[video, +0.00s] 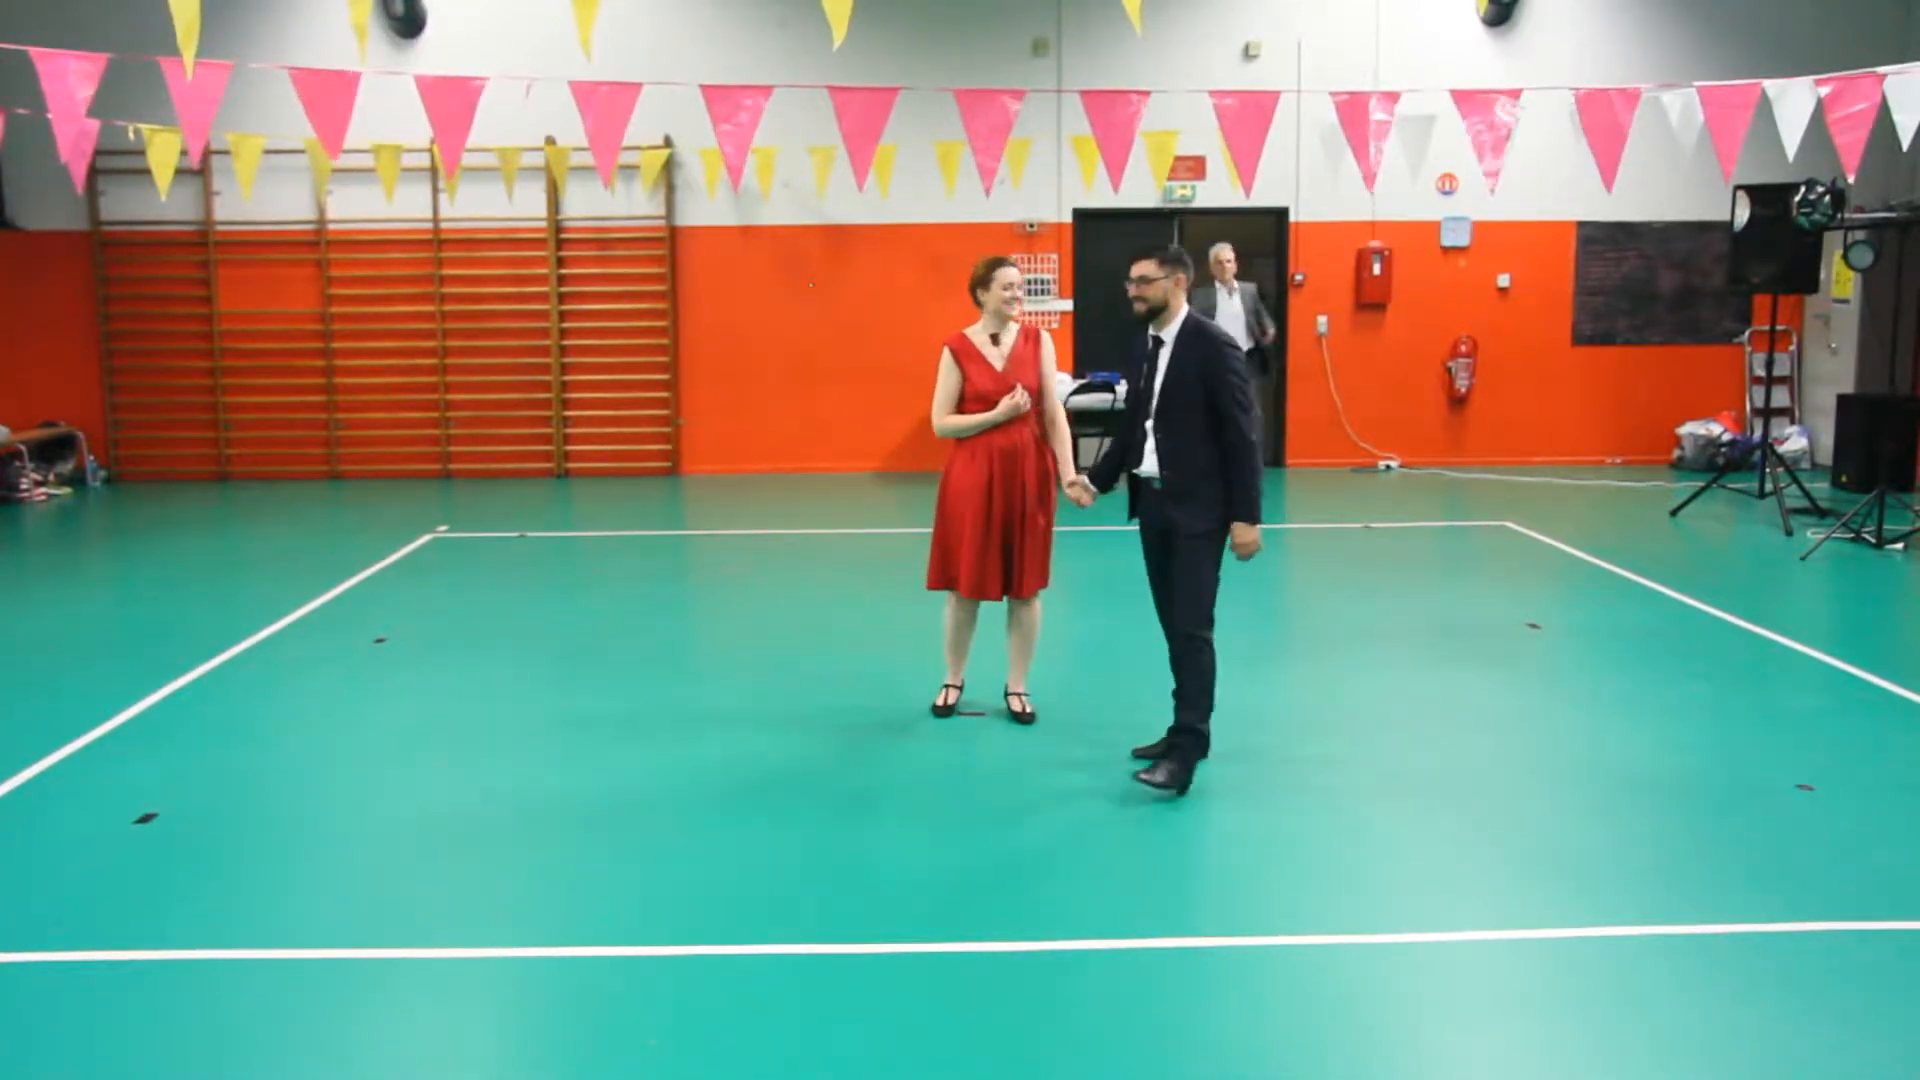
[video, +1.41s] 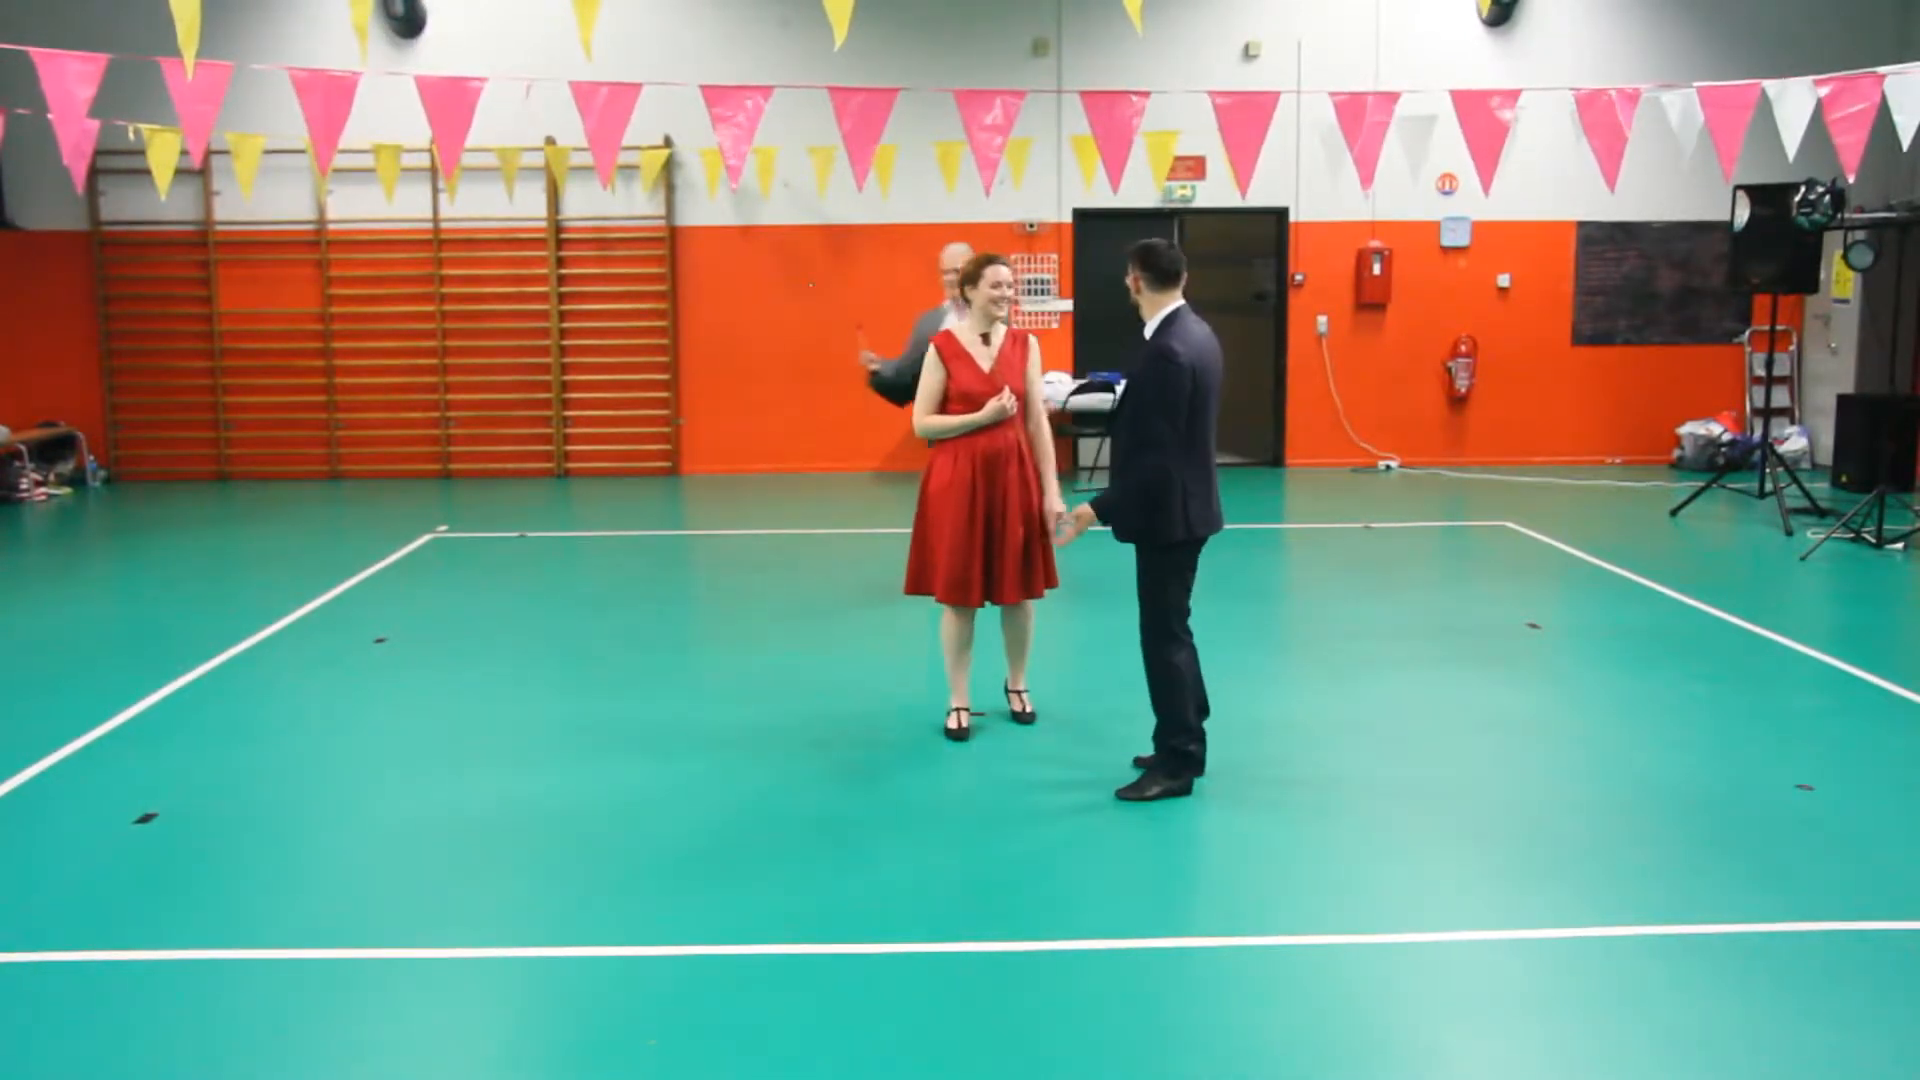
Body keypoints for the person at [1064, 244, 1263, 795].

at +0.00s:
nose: (1134, 291)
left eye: (1144, 282)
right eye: (1131, 282)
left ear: (1179, 283)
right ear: (1139, 288)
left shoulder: (1214, 345)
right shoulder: (1148, 345)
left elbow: (1241, 434)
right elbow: (1134, 423)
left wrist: (1246, 516)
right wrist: (1096, 480)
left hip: (1199, 504)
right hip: (1153, 501)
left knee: (1191, 628)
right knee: (1175, 626)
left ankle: (1186, 752)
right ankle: (1185, 729)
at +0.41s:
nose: (1119, 287)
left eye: (1129, 277)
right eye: (1120, 278)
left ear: (1167, 280)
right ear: (1152, 282)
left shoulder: (1192, 344)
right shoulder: (1154, 340)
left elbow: (1203, 441)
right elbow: (1138, 424)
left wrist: (1185, 526)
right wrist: (1102, 466)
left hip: (1174, 514)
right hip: (1146, 509)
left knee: (1173, 640)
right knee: (1165, 635)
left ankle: (1178, 763)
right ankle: (1179, 733)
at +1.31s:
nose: (1123, 286)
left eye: (1124, 278)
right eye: (1127, 277)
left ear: (1131, 282)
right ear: (1176, 280)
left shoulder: (1161, 352)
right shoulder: (1192, 335)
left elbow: (1146, 453)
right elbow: (1157, 425)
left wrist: (1117, 529)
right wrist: (1111, 470)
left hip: (1165, 518)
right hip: (1185, 510)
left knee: (1166, 638)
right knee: (1170, 633)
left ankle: (1180, 764)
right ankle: (1178, 742)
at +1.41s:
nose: (1125, 286)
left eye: (1127, 278)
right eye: (1130, 277)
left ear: (1137, 282)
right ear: (1180, 280)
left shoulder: (1166, 351)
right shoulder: (1195, 336)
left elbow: (1152, 456)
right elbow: (1148, 411)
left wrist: (1095, 508)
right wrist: (1073, 398)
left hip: (1165, 519)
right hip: (1187, 511)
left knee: (1162, 637)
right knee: (1171, 629)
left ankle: (1179, 763)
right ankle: (1182, 737)